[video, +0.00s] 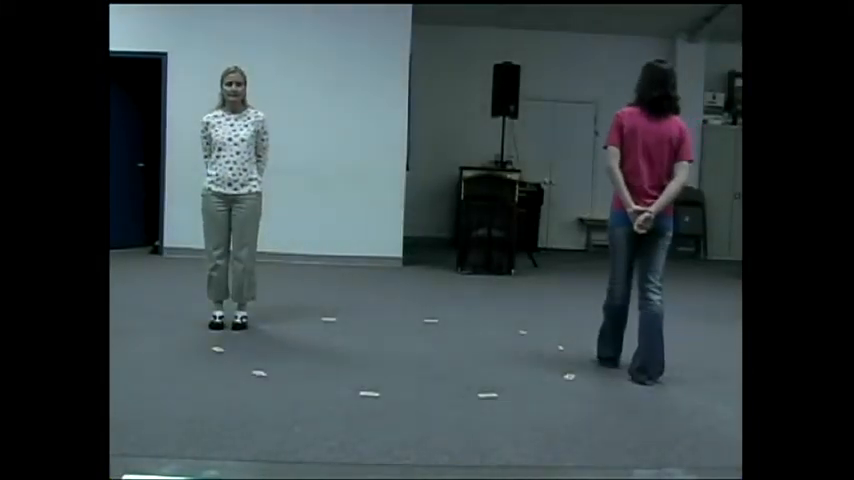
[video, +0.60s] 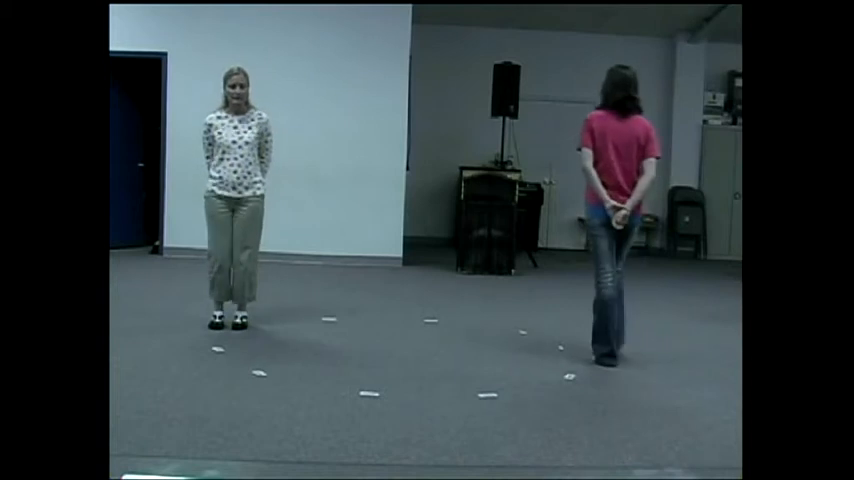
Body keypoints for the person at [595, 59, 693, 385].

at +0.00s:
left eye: (645, 82)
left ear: (641, 86)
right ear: (672, 90)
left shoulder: (624, 118)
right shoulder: (679, 127)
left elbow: (613, 163)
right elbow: (680, 178)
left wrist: (630, 206)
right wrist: (653, 211)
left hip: (625, 213)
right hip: (660, 216)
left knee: (618, 289)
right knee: (652, 291)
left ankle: (608, 353)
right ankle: (648, 369)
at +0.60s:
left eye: (608, 85)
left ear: (606, 88)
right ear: (634, 90)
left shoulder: (594, 120)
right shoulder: (644, 126)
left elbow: (588, 163)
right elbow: (649, 173)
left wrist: (606, 201)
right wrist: (628, 207)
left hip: (600, 208)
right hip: (631, 210)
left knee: (606, 276)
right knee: (614, 273)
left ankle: (606, 351)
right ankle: (611, 341)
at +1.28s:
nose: (577, 97)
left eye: (579, 92)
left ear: (579, 95)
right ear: (605, 96)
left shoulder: (572, 125)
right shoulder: (616, 128)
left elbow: (571, 168)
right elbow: (622, 170)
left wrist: (588, 201)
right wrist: (607, 202)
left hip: (579, 207)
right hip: (608, 207)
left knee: (571, 265)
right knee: (603, 271)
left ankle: (574, 325)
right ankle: (595, 331)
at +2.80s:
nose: (548, 96)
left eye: (551, 92)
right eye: (550, 91)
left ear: (558, 97)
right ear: (574, 98)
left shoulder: (552, 121)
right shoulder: (583, 126)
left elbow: (558, 158)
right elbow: (592, 164)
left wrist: (576, 189)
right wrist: (588, 191)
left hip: (559, 198)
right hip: (577, 198)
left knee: (571, 260)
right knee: (555, 256)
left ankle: (581, 322)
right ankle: (549, 314)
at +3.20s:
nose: (525, 101)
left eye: (527, 97)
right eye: (527, 96)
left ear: (531, 101)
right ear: (549, 102)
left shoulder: (528, 126)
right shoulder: (551, 130)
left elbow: (535, 164)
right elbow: (558, 166)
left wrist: (547, 194)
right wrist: (557, 195)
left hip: (529, 201)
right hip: (547, 202)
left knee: (520, 254)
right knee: (529, 254)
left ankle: (554, 302)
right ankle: (528, 312)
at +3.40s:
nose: (502, 96)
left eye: (506, 92)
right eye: (503, 92)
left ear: (516, 97)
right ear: (524, 99)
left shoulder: (515, 124)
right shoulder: (531, 127)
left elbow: (522, 160)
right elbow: (538, 163)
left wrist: (533, 190)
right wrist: (540, 190)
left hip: (513, 198)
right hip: (530, 199)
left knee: (491, 246)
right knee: (523, 251)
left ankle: (505, 304)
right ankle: (528, 310)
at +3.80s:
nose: (465, 95)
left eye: (469, 92)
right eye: (466, 91)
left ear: (478, 97)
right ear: (487, 99)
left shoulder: (473, 123)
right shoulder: (490, 125)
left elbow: (480, 158)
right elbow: (496, 162)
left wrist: (489, 187)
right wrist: (495, 188)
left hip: (469, 197)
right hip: (486, 196)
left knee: (464, 255)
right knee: (482, 249)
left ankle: (459, 307)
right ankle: (511, 299)